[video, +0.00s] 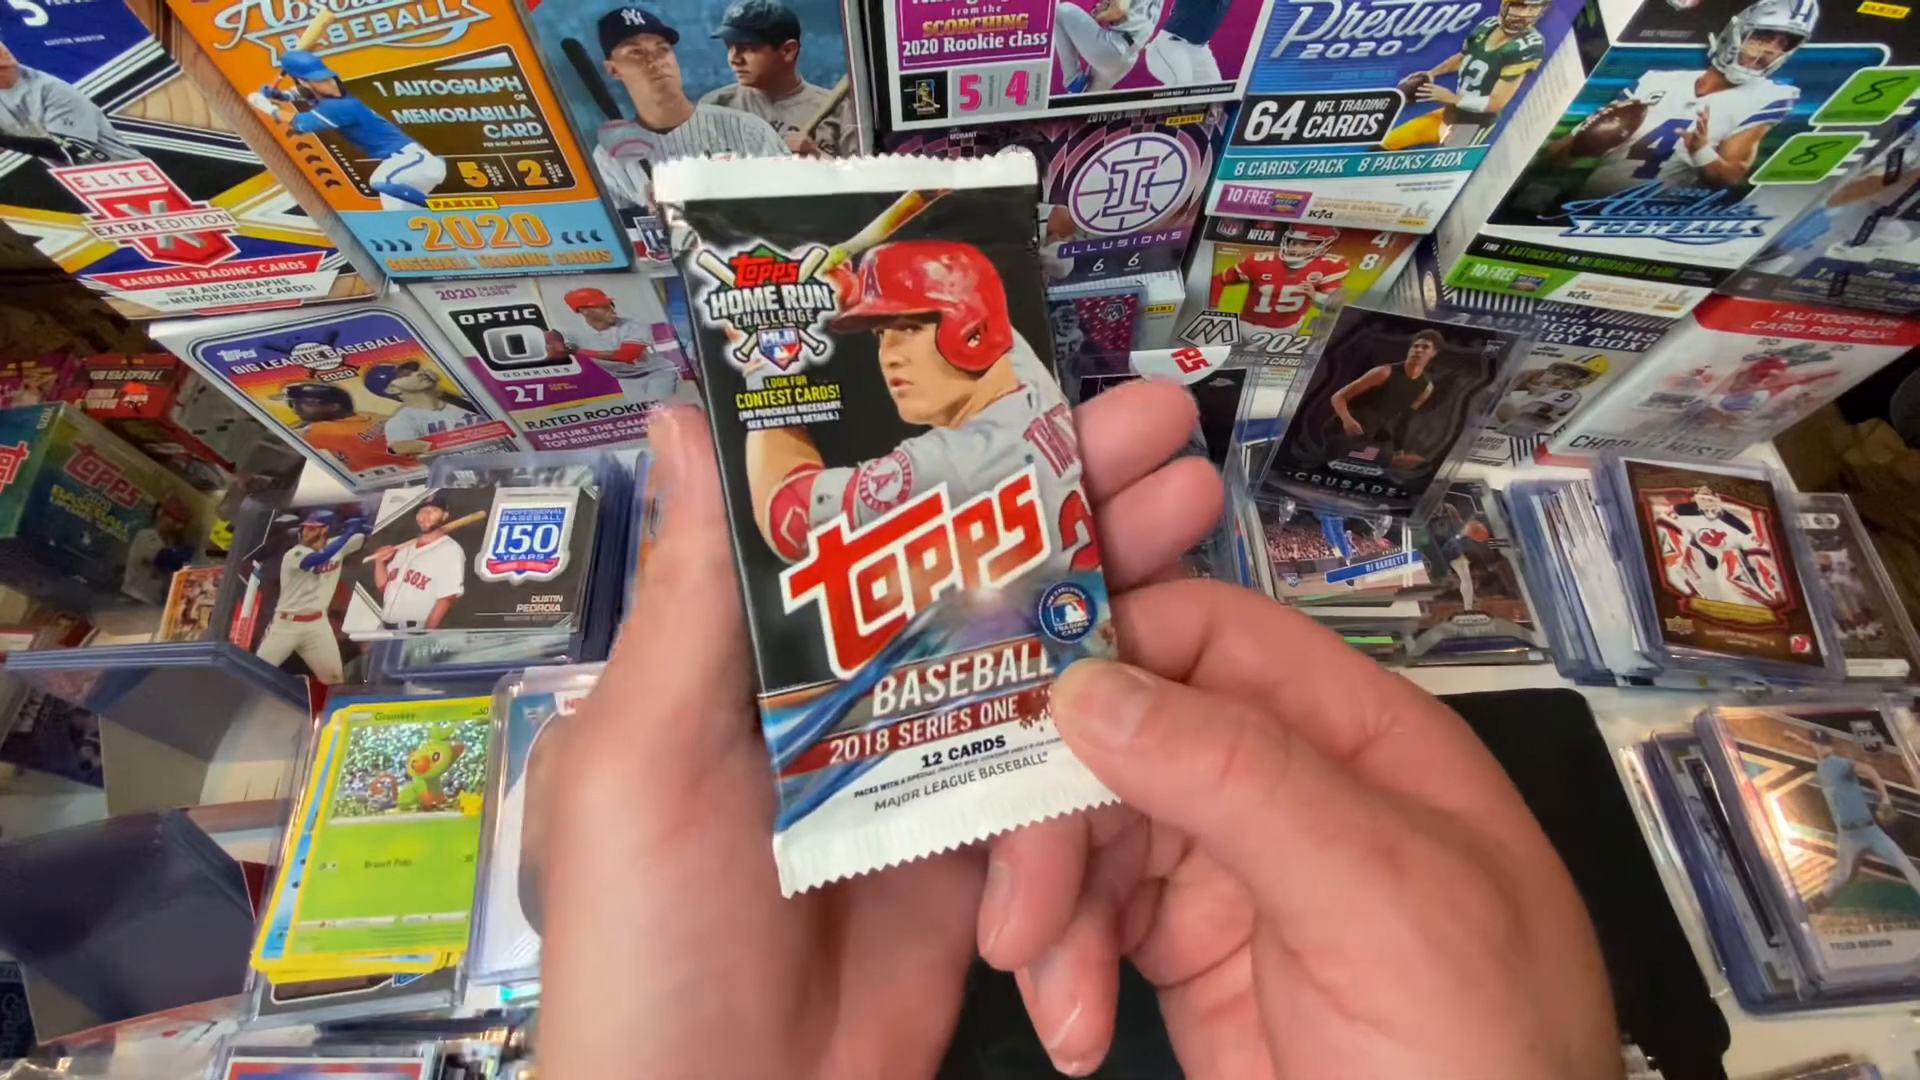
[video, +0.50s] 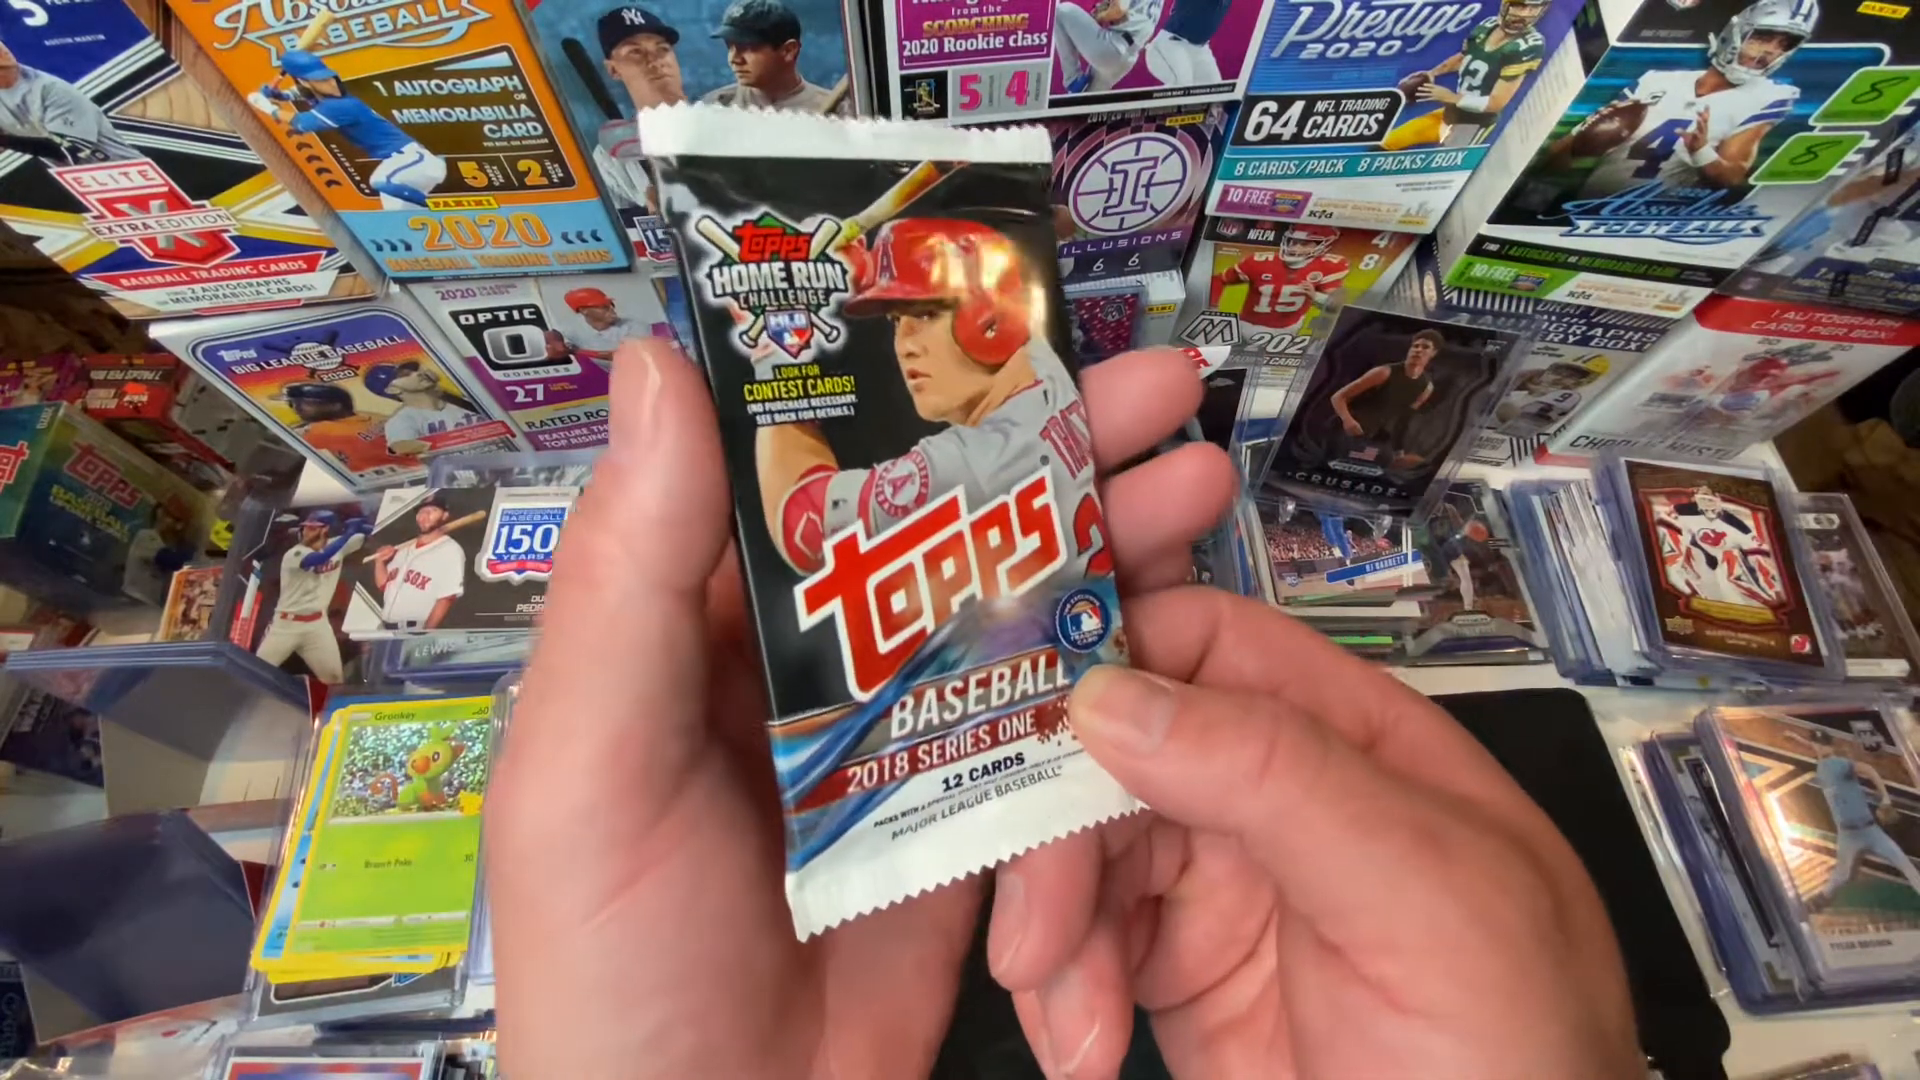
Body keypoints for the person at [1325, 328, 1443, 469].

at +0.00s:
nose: (1418, 350)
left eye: (1425, 347)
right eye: (1415, 346)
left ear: (1433, 354)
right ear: (1410, 349)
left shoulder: (1426, 389)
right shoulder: (1384, 373)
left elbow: (1404, 418)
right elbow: (1338, 397)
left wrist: (1399, 453)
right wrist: (1347, 420)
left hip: (1379, 436)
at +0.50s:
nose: (1418, 350)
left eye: (1425, 347)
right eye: (1415, 346)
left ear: (1433, 354)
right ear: (1409, 349)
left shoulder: (1426, 389)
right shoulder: (1384, 373)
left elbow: (1404, 419)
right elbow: (1338, 397)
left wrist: (1399, 452)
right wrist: (1347, 420)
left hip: (1382, 442)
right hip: (1354, 435)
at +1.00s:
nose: (1418, 350)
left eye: (1425, 347)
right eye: (1415, 346)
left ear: (1434, 354)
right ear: (1409, 349)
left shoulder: (1426, 389)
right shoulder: (1384, 373)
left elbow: (1404, 417)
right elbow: (1338, 397)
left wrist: (1399, 451)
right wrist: (1348, 421)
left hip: (1382, 439)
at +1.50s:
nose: (1418, 350)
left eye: (1425, 347)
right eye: (1415, 346)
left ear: (1434, 354)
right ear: (1409, 349)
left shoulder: (1426, 389)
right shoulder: (1384, 373)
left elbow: (1405, 417)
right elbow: (1338, 397)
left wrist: (1400, 450)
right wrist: (1347, 420)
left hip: (1384, 441)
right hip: (1357, 435)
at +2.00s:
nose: (1418, 350)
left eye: (1425, 347)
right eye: (1415, 346)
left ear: (1433, 355)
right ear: (1409, 350)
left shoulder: (1426, 389)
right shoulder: (1384, 373)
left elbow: (1404, 416)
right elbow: (1338, 397)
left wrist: (1399, 451)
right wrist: (1348, 421)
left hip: (1384, 442)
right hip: (1357, 435)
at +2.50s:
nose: (1418, 350)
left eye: (1425, 347)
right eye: (1415, 346)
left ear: (1433, 354)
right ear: (1409, 349)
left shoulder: (1426, 388)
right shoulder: (1384, 373)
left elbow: (1406, 416)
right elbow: (1338, 398)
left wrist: (1400, 450)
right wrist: (1348, 421)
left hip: (1386, 440)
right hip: (1359, 433)